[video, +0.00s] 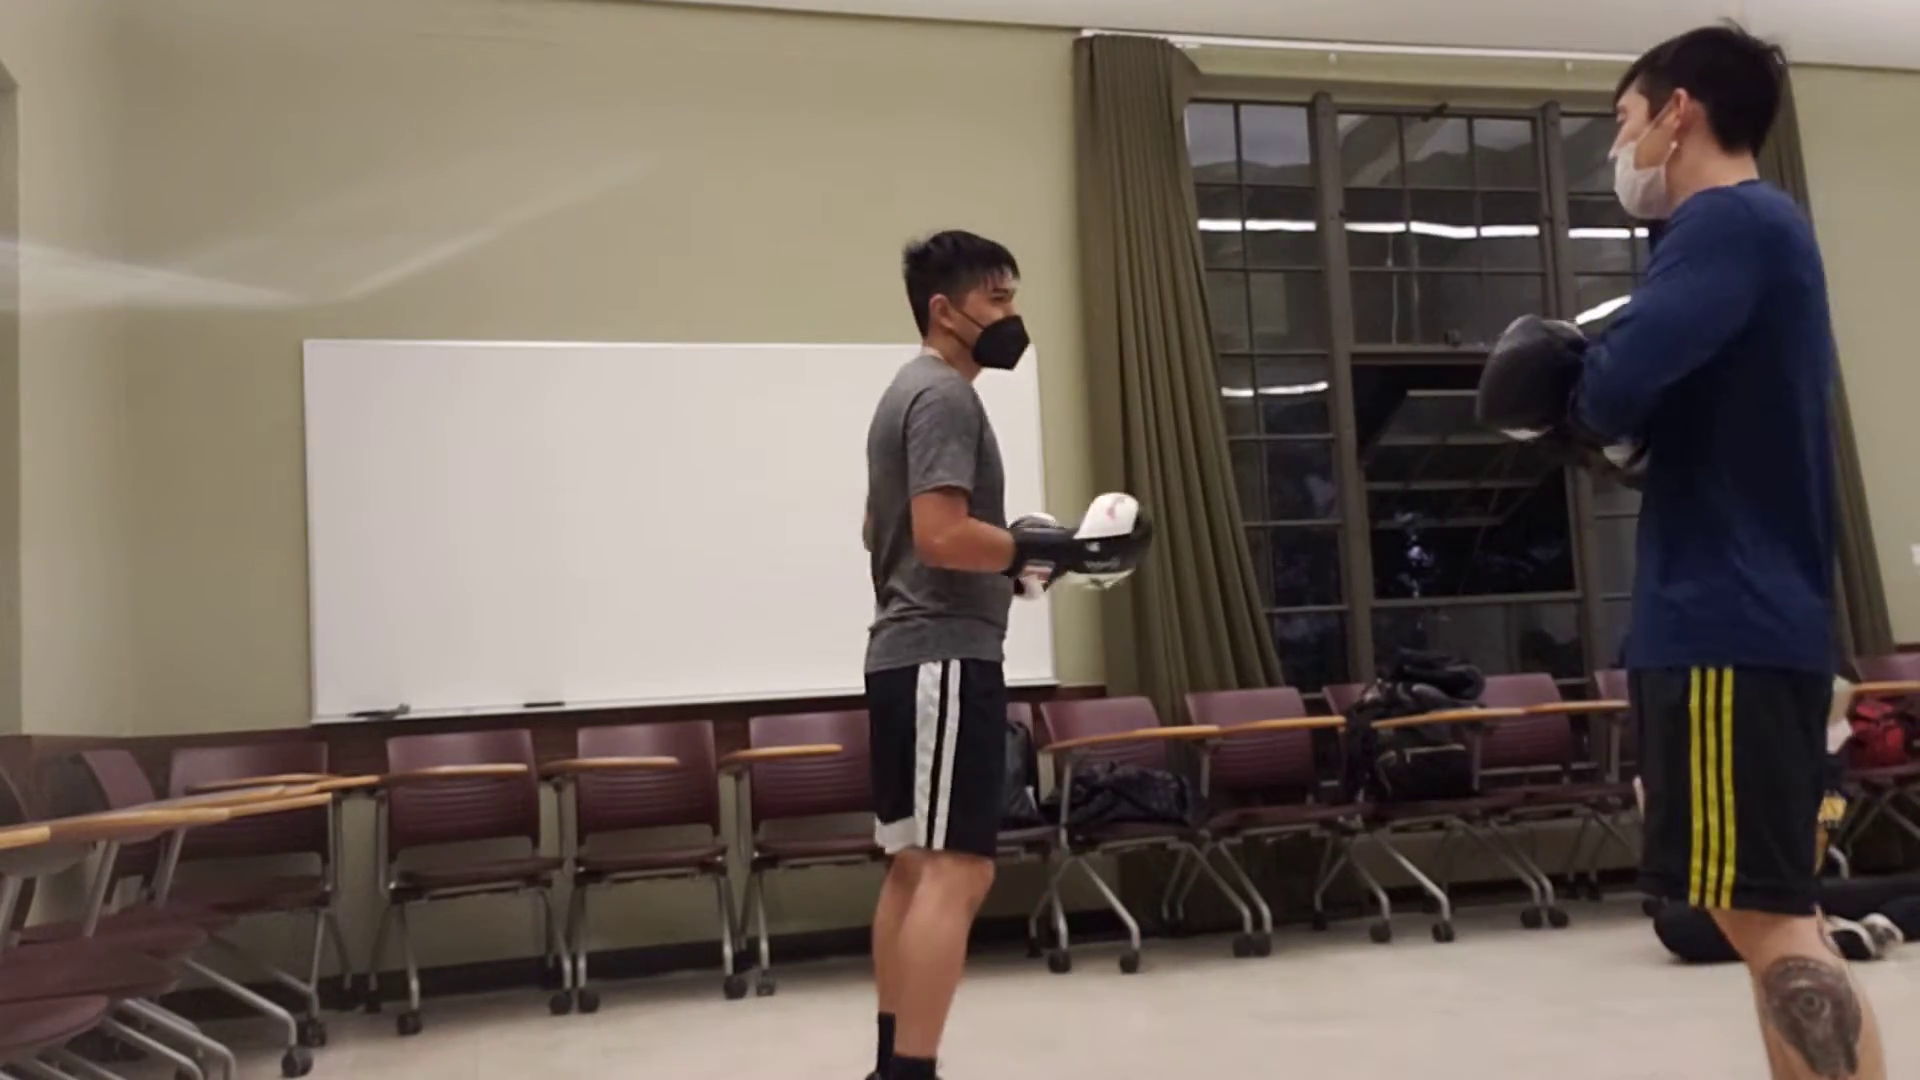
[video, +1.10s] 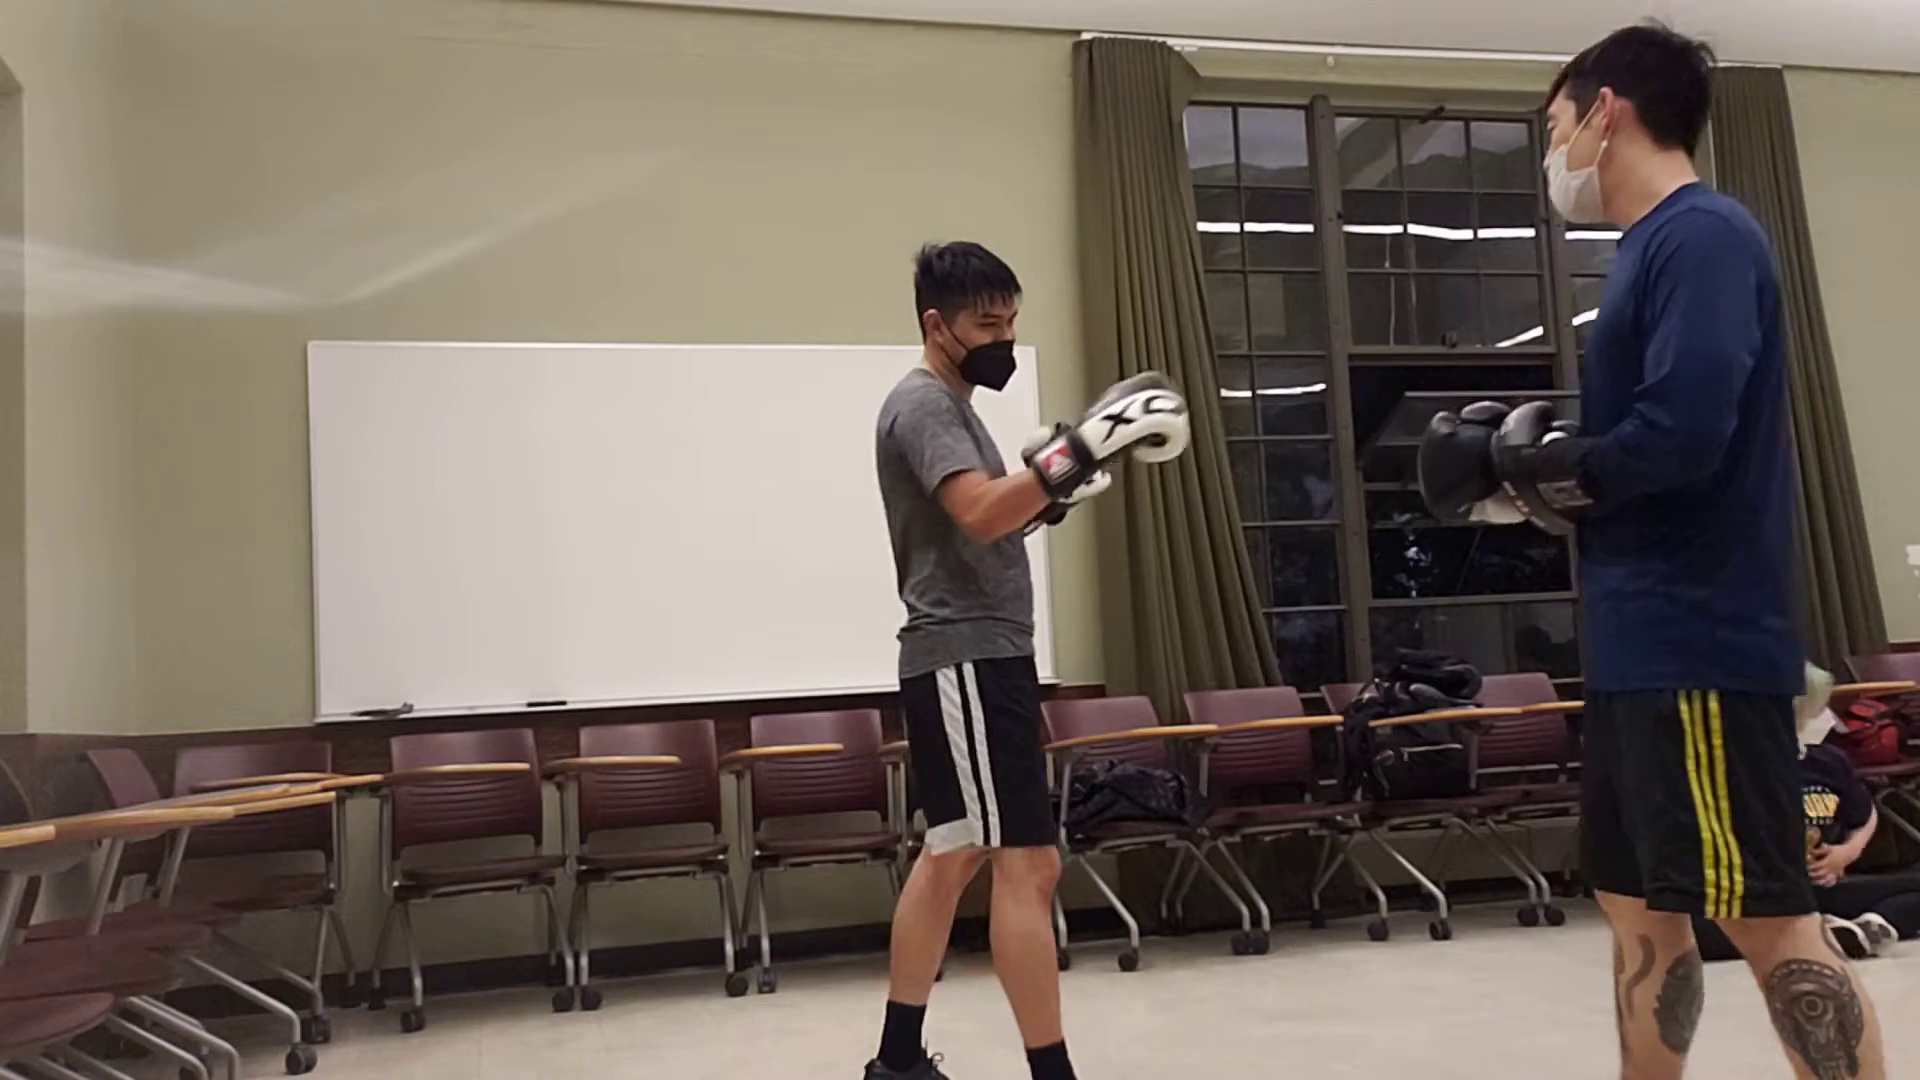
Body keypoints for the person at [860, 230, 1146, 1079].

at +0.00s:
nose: (1013, 311)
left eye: (1012, 296)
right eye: (997, 296)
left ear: (943, 311)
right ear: (942, 306)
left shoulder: (908, 393)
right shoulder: (943, 394)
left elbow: (891, 539)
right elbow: (941, 535)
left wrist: (1011, 558)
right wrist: (1035, 548)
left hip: (908, 655)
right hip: (946, 657)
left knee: (910, 870)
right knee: (959, 871)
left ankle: (895, 1061)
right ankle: (912, 1068)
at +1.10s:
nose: (1003, 337)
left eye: (1008, 320)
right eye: (985, 321)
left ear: (1003, 315)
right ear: (933, 321)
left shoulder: (948, 408)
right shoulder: (920, 406)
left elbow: (993, 521)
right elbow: (982, 513)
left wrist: (1068, 480)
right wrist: (1075, 447)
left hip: (967, 658)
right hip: (968, 660)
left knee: (949, 857)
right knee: (1028, 864)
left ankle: (897, 1057)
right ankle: (1054, 1072)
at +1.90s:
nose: (983, 338)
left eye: (987, 323)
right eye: (964, 324)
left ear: (975, 324)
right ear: (913, 328)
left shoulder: (931, 417)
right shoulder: (890, 416)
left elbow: (918, 547)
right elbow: (879, 553)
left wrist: (1003, 537)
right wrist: (992, 542)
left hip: (923, 668)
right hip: (896, 671)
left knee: (901, 869)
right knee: (965, 867)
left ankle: (881, 1057)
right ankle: (1014, 1071)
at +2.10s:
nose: (950, 334)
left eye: (956, 318)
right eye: (931, 319)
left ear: (957, 319)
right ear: (882, 323)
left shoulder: (906, 414)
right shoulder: (856, 416)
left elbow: (883, 535)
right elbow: (807, 551)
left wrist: (947, 554)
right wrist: (914, 589)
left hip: (897, 658)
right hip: (862, 662)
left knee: (903, 862)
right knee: (908, 863)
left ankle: (878, 1052)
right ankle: (873, 1056)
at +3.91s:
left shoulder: (887, 442)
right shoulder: (802, 426)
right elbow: (761, 549)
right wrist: (823, 635)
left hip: (845, 661)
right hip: (785, 661)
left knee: (842, 874)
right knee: (797, 871)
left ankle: (820, 1047)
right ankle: (793, 1052)